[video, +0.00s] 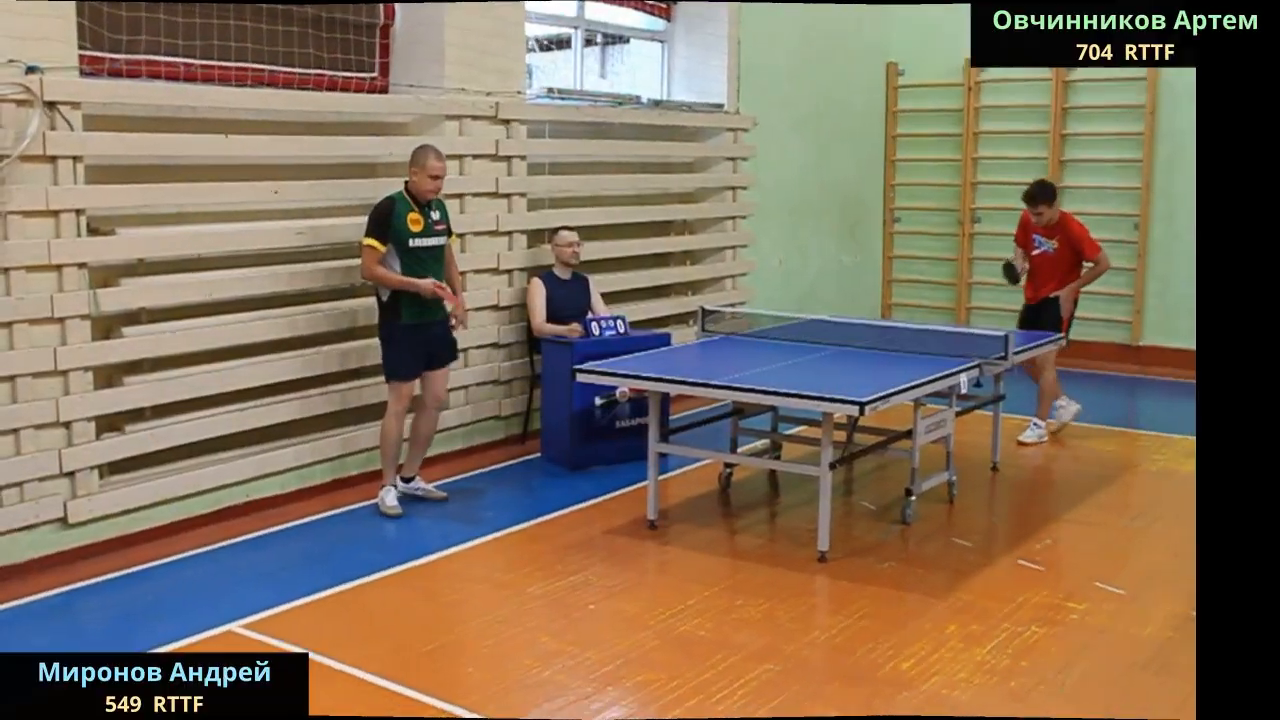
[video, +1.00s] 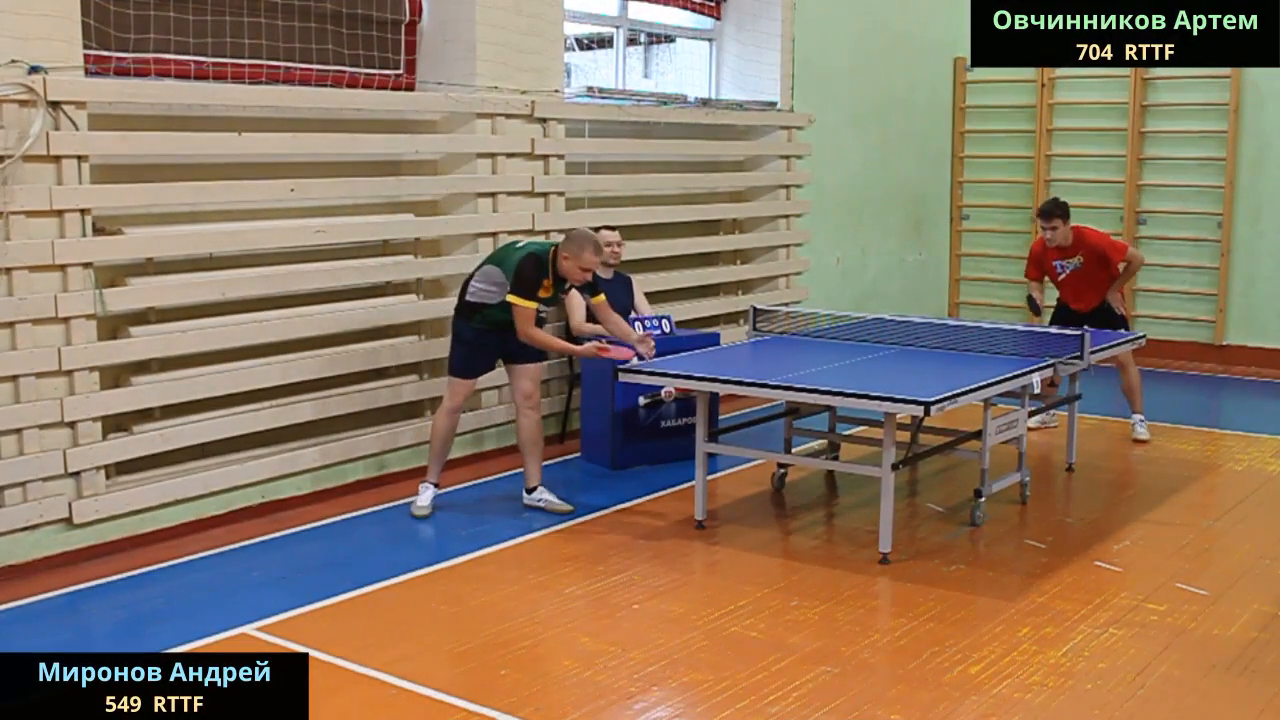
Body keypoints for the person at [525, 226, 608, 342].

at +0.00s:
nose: (576, 250)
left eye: (578, 245)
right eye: (569, 246)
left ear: (581, 247)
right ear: (553, 249)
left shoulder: (584, 282)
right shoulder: (539, 284)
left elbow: (604, 315)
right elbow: (538, 328)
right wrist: (566, 330)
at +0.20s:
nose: (618, 250)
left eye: (620, 245)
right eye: (610, 245)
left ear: (624, 246)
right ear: (594, 249)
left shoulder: (628, 282)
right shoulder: (577, 283)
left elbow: (649, 317)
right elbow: (576, 327)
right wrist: (606, 330)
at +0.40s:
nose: (618, 250)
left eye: (620, 245)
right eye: (611, 245)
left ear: (624, 247)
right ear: (594, 250)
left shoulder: (628, 282)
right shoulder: (578, 283)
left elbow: (649, 317)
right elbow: (577, 327)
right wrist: (607, 330)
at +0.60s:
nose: (618, 250)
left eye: (620, 245)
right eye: (610, 245)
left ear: (623, 246)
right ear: (594, 250)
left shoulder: (628, 282)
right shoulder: (578, 283)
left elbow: (650, 318)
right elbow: (576, 328)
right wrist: (603, 331)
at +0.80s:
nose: (616, 250)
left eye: (620, 245)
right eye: (609, 245)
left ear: (623, 247)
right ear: (594, 250)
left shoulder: (627, 282)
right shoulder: (577, 281)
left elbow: (649, 317)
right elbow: (577, 327)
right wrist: (611, 330)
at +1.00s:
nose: (616, 251)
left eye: (619, 245)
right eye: (608, 245)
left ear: (623, 247)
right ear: (595, 249)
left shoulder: (628, 281)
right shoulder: (579, 283)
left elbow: (649, 317)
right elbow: (577, 327)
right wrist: (614, 331)